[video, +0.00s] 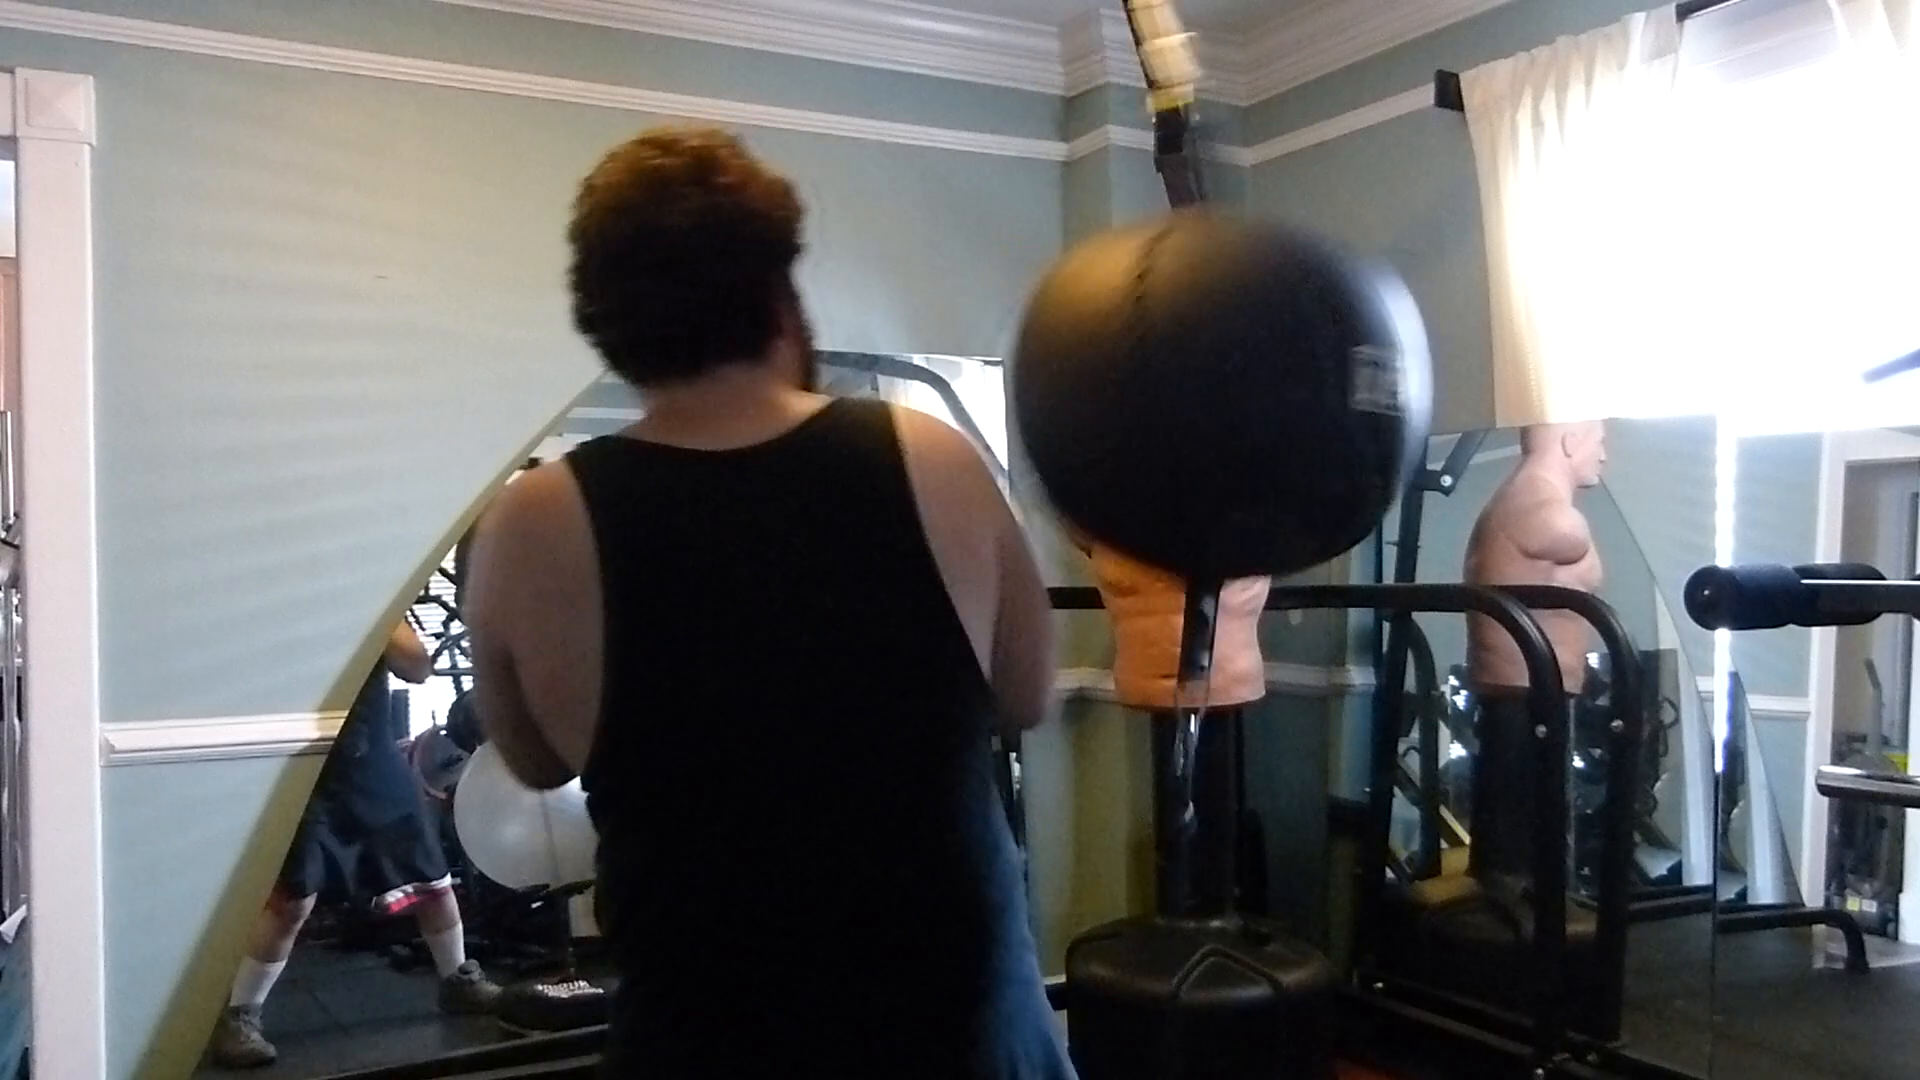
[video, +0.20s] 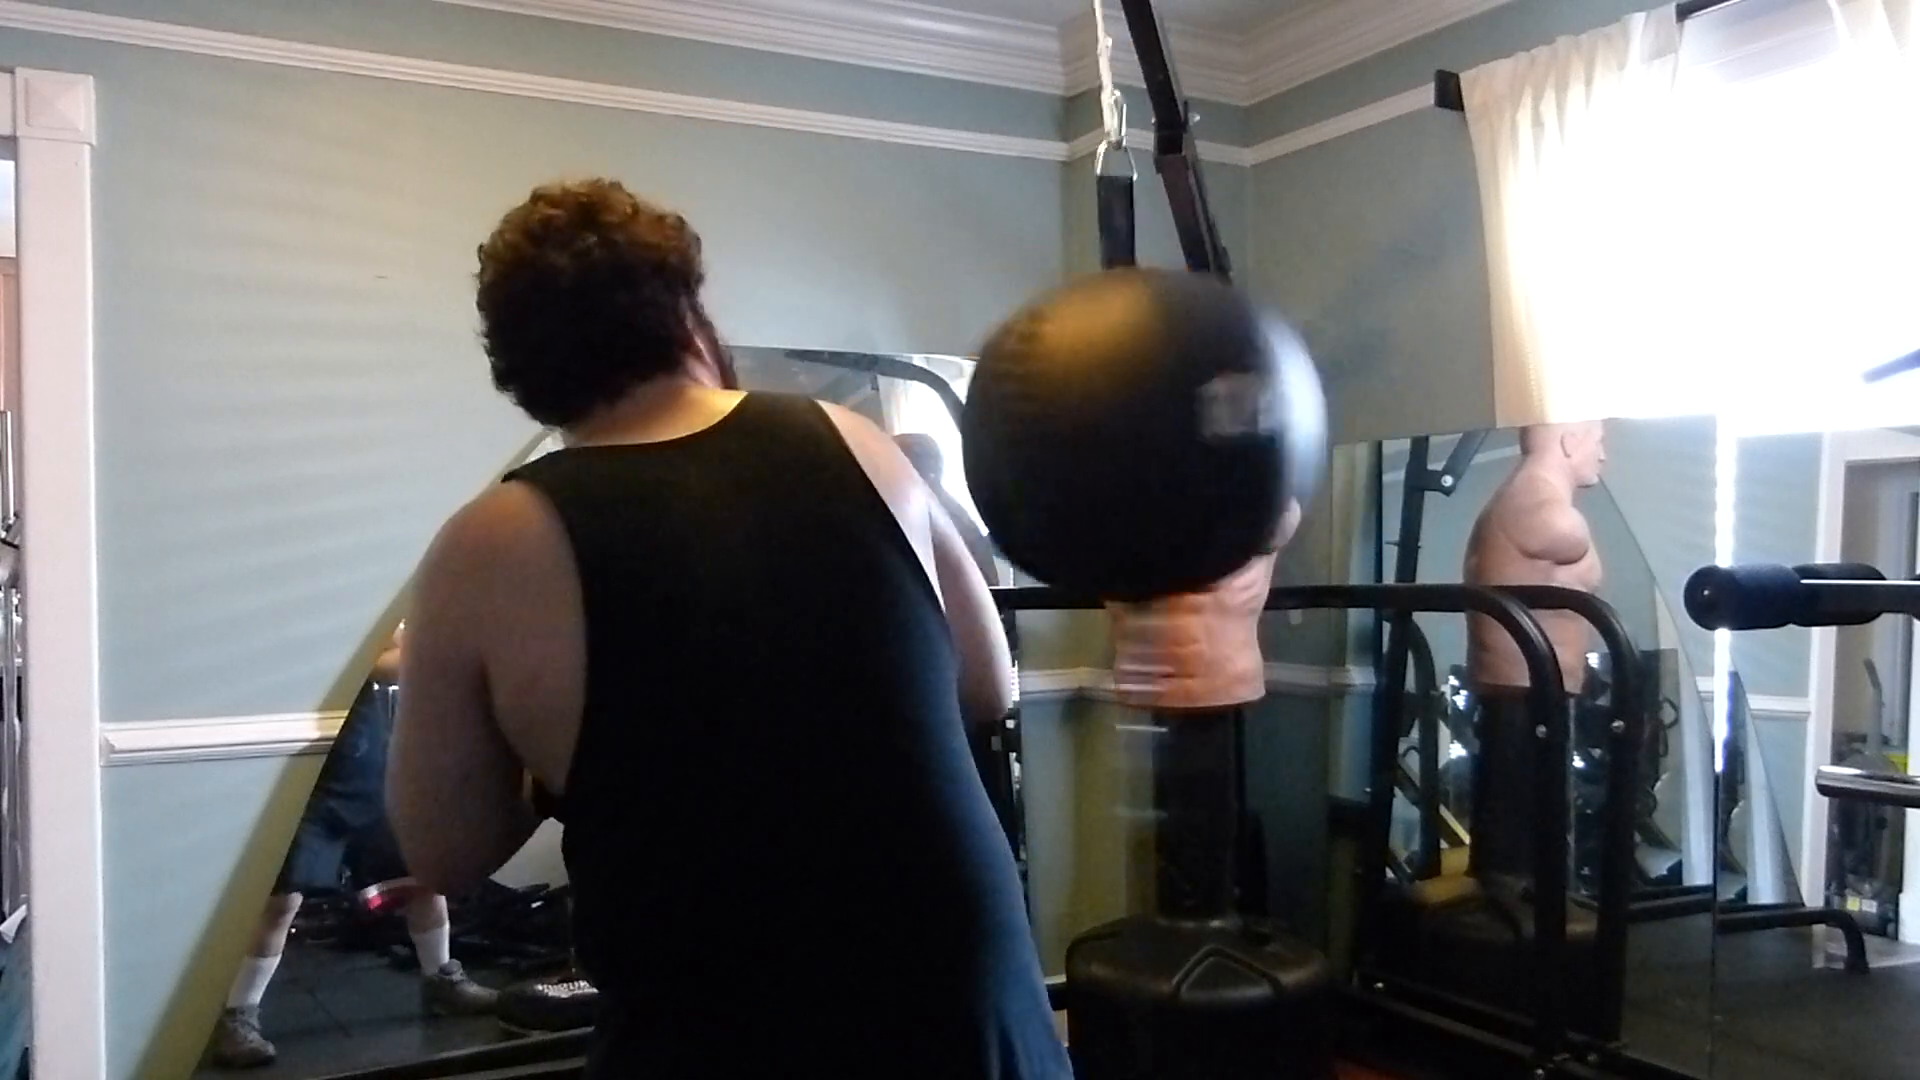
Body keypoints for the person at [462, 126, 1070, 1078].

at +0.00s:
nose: (806, 299)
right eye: (795, 276)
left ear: (604, 321)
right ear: (780, 296)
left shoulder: (534, 525)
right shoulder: (933, 460)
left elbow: (536, 759)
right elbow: (1024, 695)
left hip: (698, 1025)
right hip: (953, 1013)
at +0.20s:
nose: (718, 337)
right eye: (707, 314)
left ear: (524, 379)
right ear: (694, 327)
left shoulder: (485, 549)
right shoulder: (860, 446)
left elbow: (444, 854)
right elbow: (988, 688)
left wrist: (563, 725)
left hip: (696, 1032)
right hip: (967, 1014)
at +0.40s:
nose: (828, 308)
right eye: (819, 286)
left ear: (627, 336)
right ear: (808, 304)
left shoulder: (589, 543)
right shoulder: (956, 457)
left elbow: (610, 738)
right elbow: (1134, 695)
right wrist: (961, 698)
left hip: (713, 1029)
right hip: (975, 1022)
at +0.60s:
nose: (894, 300)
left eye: (883, 270)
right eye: (882, 272)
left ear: (694, 322)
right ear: (855, 296)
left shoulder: (690, 500)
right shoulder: (884, 465)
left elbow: (883, 620)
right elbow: (1076, 743)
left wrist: (977, 434)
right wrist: (1080, 605)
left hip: (744, 1009)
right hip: (937, 1018)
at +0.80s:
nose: (869, 316)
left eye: (863, 285)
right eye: (858, 284)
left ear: (665, 307)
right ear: (817, 293)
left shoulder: (599, 512)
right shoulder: (864, 483)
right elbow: (1016, 805)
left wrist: (884, 489)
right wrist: (963, 534)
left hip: (665, 1014)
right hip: (881, 1023)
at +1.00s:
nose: (834, 298)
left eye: (828, 267)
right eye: (824, 268)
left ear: (626, 300)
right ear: (789, 285)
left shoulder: (554, 499)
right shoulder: (865, 472)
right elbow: (997, 813)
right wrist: (1042, 706)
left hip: (625, 1028)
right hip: (868, 1033)